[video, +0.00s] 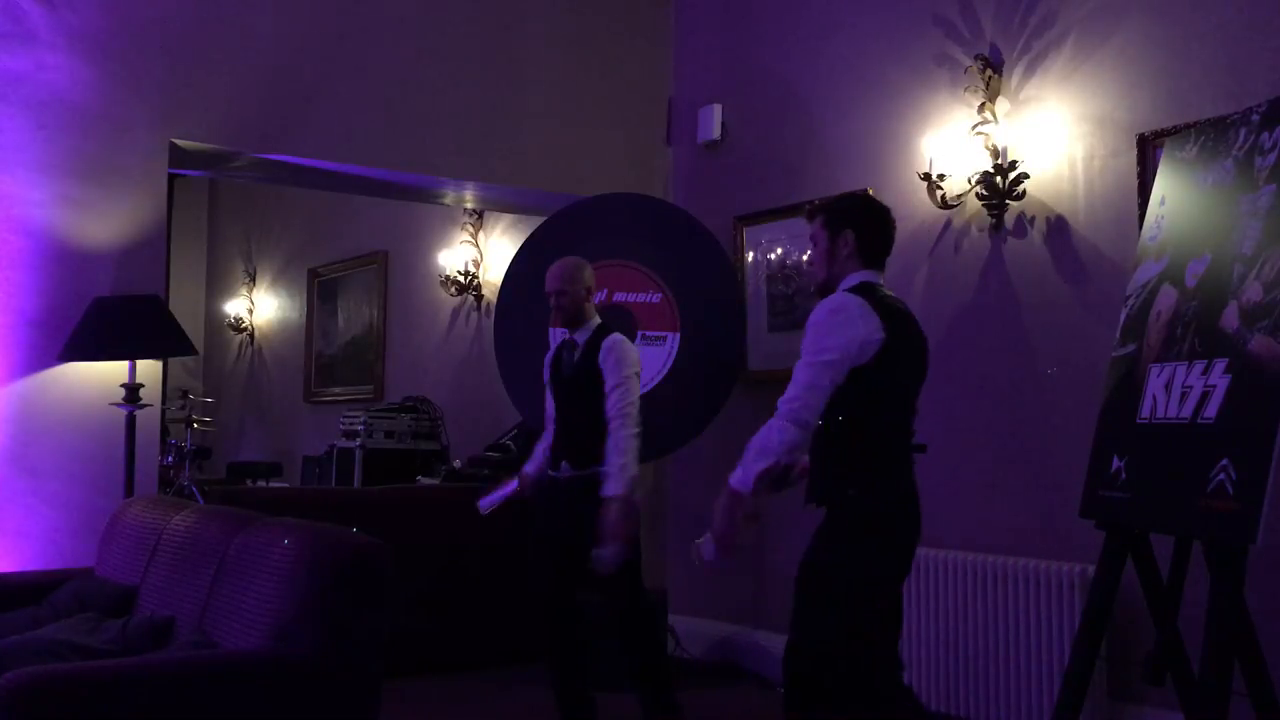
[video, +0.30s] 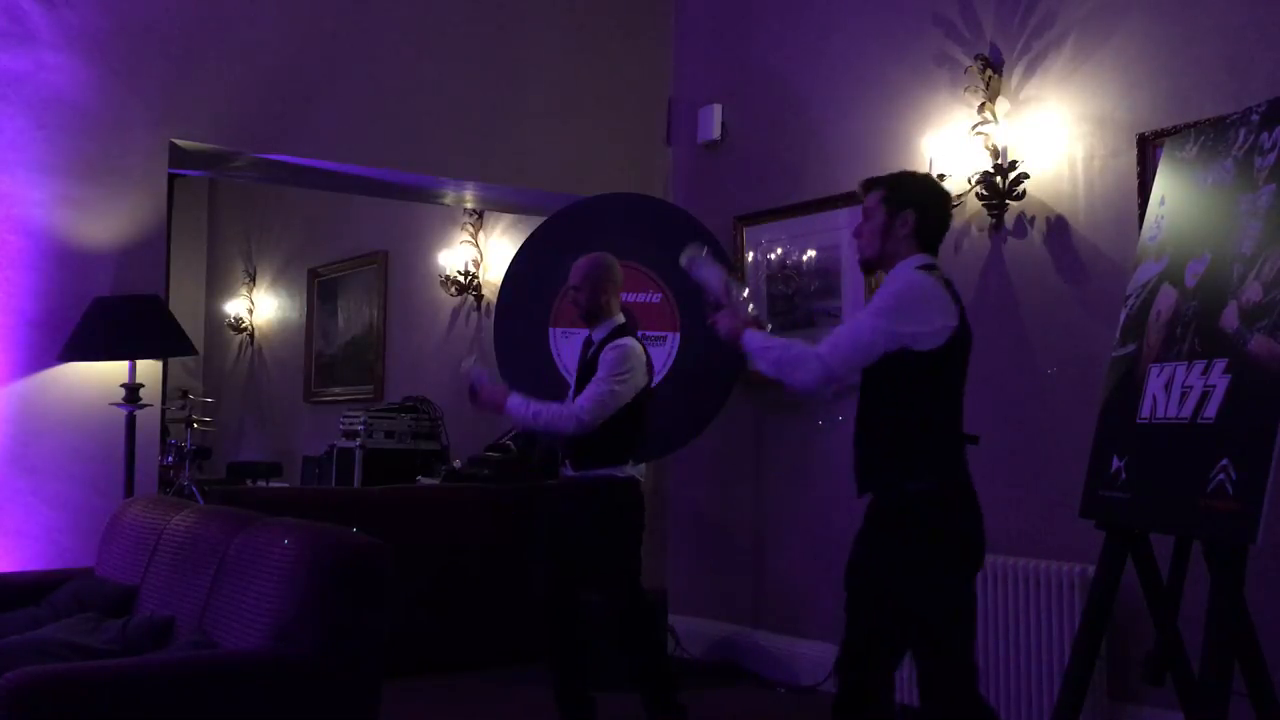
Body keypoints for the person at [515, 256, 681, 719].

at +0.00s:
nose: (555, 304)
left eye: (563, 295)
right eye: (550, 296)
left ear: (589, 293)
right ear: (549, 297)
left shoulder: (616, 348)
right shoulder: (556, 353)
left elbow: (624, 427)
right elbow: (553, 429)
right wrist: (523, 480)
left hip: (604, 490)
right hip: (562, 491)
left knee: (620, 599)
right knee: (563, 600)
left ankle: (653, 700)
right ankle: (574, 701)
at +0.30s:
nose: (571, 298)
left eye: (578, 290)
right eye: (570, 290)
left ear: (602, 293)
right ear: (591, 291)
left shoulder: (625, 351)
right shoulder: (594, 345)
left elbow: (578, 418)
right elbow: (578, 415)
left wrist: (506, 401)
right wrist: (511, 407)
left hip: (613, 495)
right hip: (586, 492)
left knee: (614, 604)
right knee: (582, 603)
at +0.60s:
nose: (608, 290)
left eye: (620, 283)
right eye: (606, 280)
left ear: (645, 292)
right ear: (601, 284)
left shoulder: (661, 349)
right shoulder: (593, 337)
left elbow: (630, 407)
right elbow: (541, 374)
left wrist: (609, 341)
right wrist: (534, 298)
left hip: (630, 490)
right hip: (578, 486)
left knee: (639, 605)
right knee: (572, 604)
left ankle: (663, 708)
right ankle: (575, 704)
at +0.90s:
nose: (609, 301)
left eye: (620, 294)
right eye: (607, 292)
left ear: (646, 296)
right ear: (604, 290)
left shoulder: (675, 350)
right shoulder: (585, 347)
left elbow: (701, 409)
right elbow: (567, 423)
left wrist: (728, 445)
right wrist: (545, 497)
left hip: (651, 495)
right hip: (592, 494)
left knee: (659, 606)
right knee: (584, 606)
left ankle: (669, 708)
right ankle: (578, 707)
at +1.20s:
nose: (610, 301)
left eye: (618, 293)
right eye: (611, 292)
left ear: (644, 295)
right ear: (640, 295)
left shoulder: (679, 359)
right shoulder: (621, 336)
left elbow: (724, 430)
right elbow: (572, 340)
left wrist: (712, 497)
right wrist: (517, 352)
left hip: (657, 497)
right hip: (616, 489)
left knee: (650, 607)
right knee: (594, 596)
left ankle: (669, 708)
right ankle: (578, 701)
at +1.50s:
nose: (610, 297)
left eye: (616, 289)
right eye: (610, 289)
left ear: (635, 293)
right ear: (649, 290)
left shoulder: (679, 356)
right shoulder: (619, 336)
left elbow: (716, 421)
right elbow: (620, 380)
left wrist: (681, 447)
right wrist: (571, 378)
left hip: (653, 492)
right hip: (613, 486)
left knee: (651, 599)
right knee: (594, 593)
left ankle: (668, 703)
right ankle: (586, 699)